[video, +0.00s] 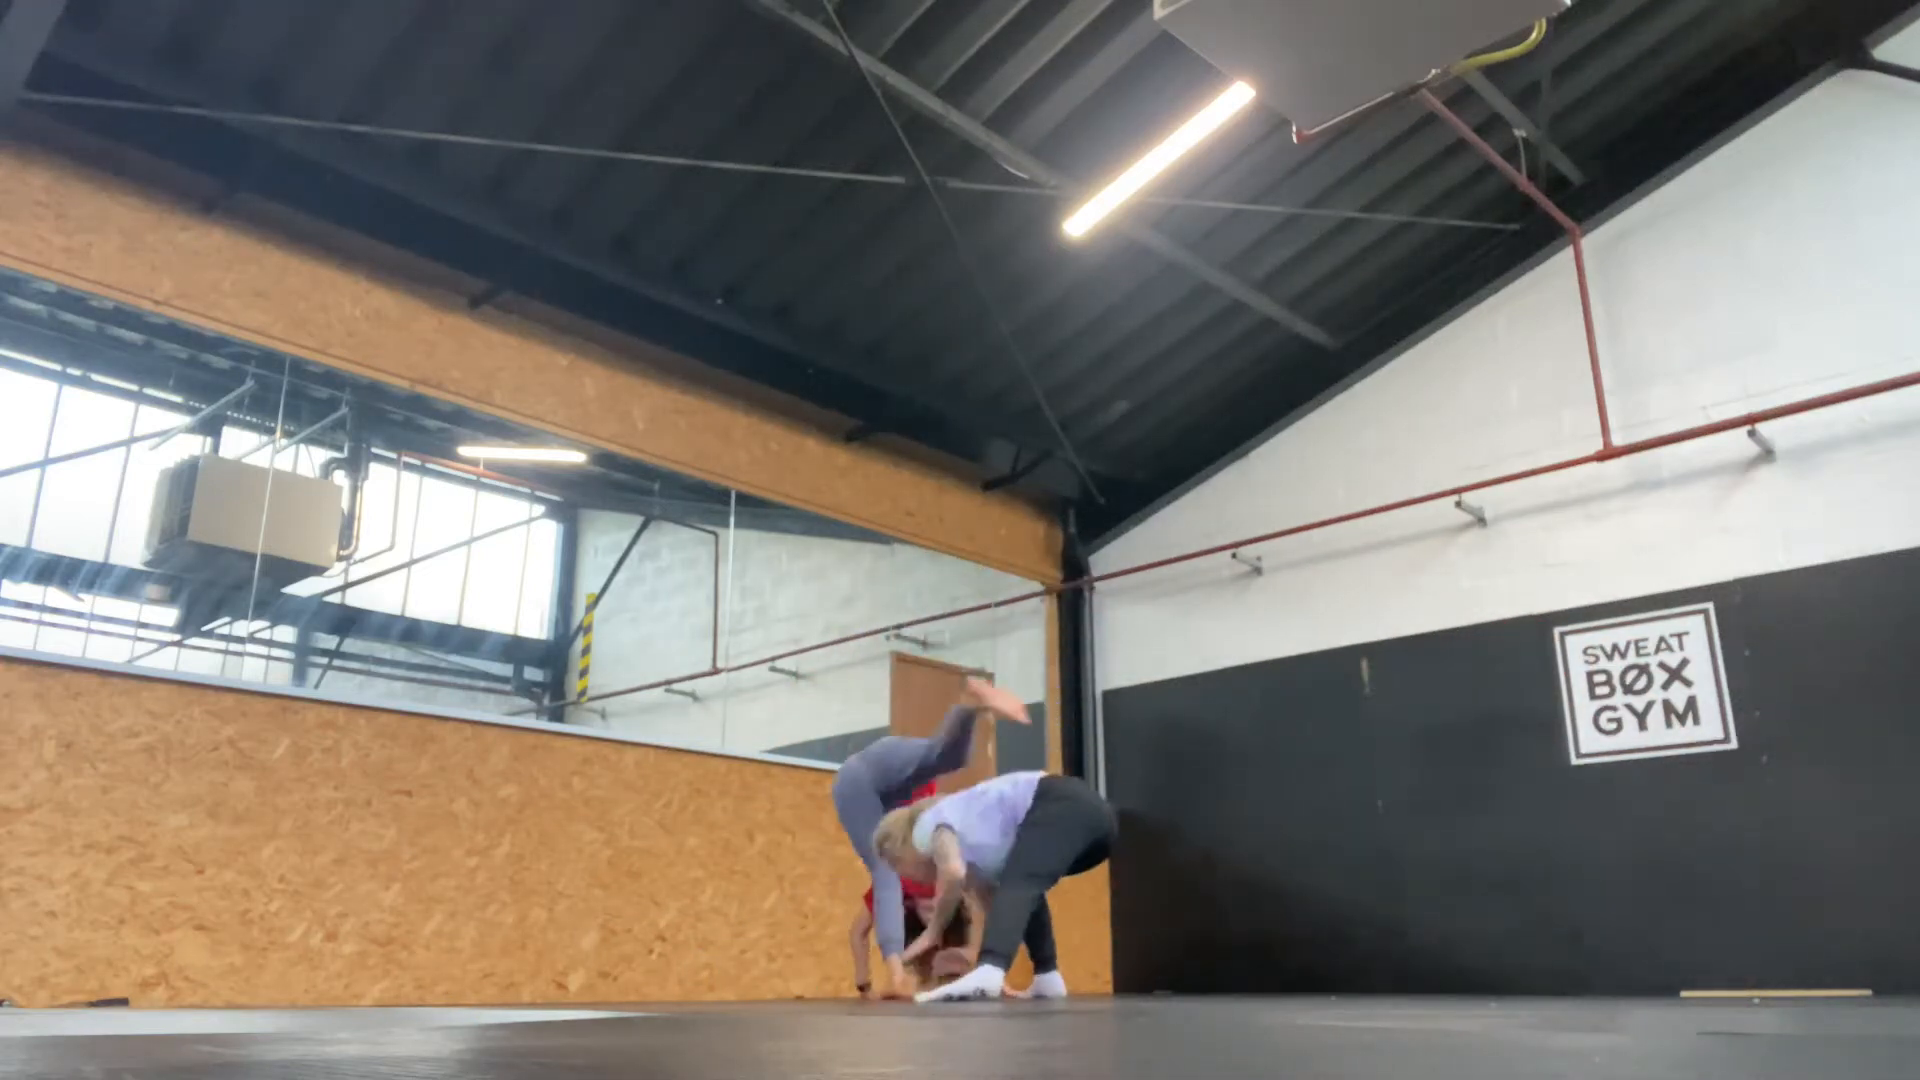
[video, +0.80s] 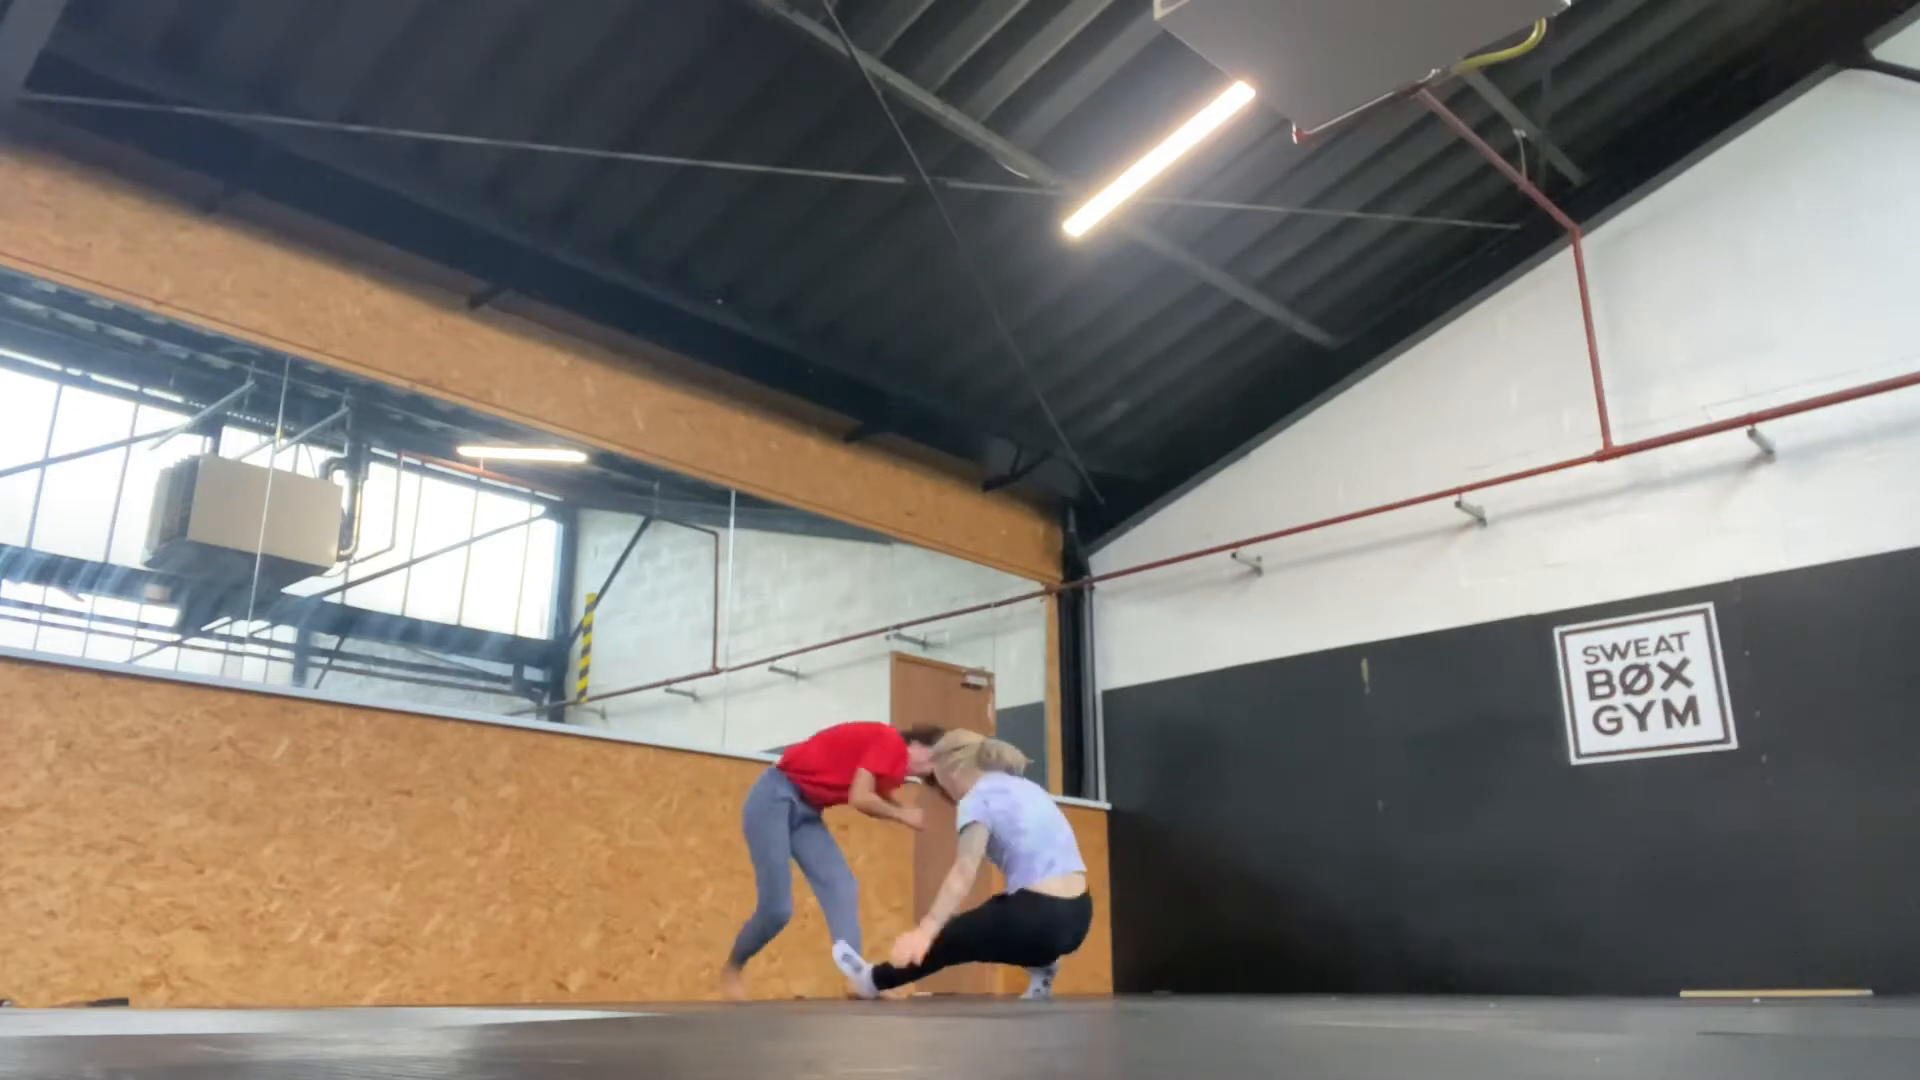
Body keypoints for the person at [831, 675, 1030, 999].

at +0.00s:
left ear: (914, 918)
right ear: (941, 912)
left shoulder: (894, 883)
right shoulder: (952, 878)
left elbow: (857, 932)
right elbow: (981, 908)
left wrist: (860, 983)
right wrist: (974, 964)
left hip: (849, 775)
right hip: (888, 752)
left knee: (884, 872)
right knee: (950, 757)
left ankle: (898, 977)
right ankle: (971, 704)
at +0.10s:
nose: (932, 907)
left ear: (921, 910)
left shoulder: (904, 887)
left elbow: (871, 926)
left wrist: (865, 977)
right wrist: (950, 968)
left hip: (844, 791)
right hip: (888, 794)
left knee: (889, 879)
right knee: (904, 756)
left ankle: (878, 978)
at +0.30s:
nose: (927, 924)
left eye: (936, 928)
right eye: (938, 925)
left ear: (940, 907)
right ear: (951, 905)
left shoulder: (918, 888)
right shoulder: (963, 867)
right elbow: (986, 926)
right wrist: (992, 981)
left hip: (868, 814)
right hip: (886, 772)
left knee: (902, 883)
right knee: (808, 796)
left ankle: (868, 980)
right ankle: (707, 796)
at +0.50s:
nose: (1001, 877)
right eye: (1005, 869)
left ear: (995, 844)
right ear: (999, 843)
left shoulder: (962, 848)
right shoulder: (972, 839)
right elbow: (982, 909)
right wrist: (1004, 967)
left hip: (862, 820)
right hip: (845, 781)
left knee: (886, 878)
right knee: (756, 869)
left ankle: (861, 981)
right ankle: (662, 903)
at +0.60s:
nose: (945, 894)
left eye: (956, 892)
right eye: (958, 889)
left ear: (960, 864)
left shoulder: (916, 842)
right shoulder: (955, 821)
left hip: (848, 814)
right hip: (822, 785)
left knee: (870, 883)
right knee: (764, 889)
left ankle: (862, 979)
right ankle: (690, 925)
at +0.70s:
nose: (950, 798)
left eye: (951, 787)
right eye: (948, 788)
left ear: (968, 775)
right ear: (995, 769)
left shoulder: (988, 789)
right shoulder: (1037, 796)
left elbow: (973, 850)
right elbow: (1058, 868)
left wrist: (911, 885)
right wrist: (1076, 937)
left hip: (1043, 905)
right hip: (1082, 913)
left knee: (934, 937)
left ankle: (835, 978)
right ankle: (1047, 966)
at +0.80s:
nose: (948, 794)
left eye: (944, 783)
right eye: (942, 785)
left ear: (955, 771)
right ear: (982, 760)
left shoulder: (978, 800)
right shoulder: (1029, 789)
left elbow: (962, 876)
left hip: (1031, 919)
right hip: (1077, 920)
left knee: (947, 942)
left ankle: (871, 980)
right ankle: (1043, 973)